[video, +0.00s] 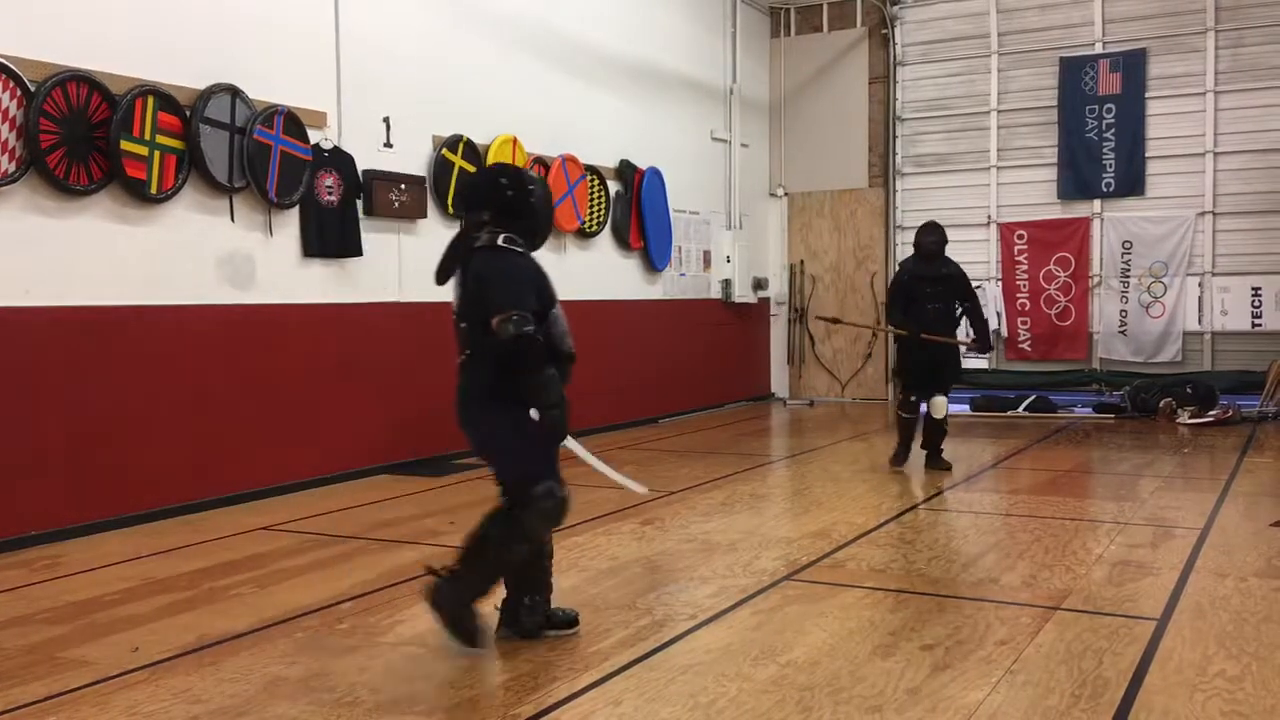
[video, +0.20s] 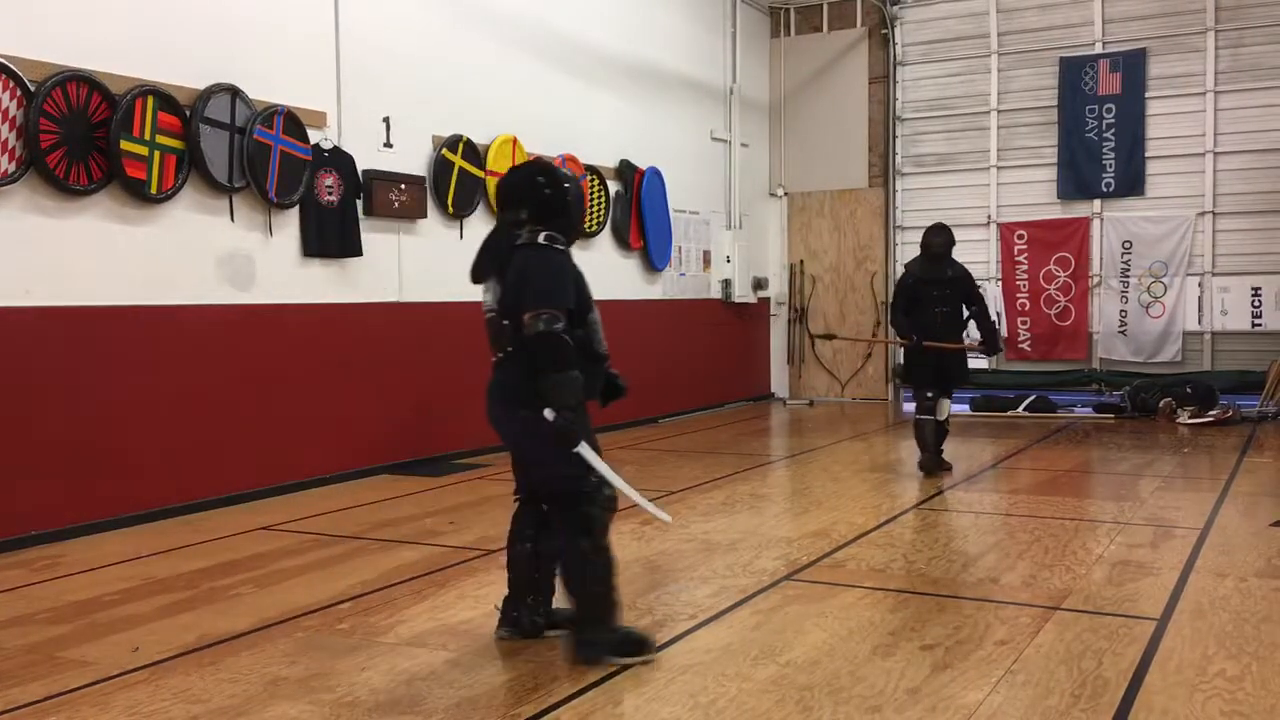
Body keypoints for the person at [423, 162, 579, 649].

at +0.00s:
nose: (547, 212)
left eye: (543, 202)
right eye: (538, 202)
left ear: (493, 209)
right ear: (516, 208)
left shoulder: (508, 260)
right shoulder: (500, 264)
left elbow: (549, 331)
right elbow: (516, 340)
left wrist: (554, 368)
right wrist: (546, 397)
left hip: (517, 400)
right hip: (498, 404)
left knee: (534, 499)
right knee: (539, 499)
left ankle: (527, 606)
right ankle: (457, 590)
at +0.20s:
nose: (579, 205)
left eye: (575, 195)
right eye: (570, 196)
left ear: (524, 205)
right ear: (549, 202)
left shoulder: (517, 254)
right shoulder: (541, 258)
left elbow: (561, 328)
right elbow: (546, 334)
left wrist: (596, 373)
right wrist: (567, 401)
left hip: (523, 401)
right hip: (542, 404)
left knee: (540, 500)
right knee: (588, 499)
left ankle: (526, 606)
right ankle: (597, 627)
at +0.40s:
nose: (618, 212)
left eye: (614, 201)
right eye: (611, 202)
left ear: (555, 208)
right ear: (593, 207)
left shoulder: (534, 257)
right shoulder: (594, 261)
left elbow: (537, 345)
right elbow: (607, 346)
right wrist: (622, 417)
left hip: (540, 410)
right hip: (585, 412)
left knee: (552, 505)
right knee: (625, 508)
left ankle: (529, 605)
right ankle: (634, 628)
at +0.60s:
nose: (648, 201)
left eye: (645, 193)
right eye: (643, 194)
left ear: (582, 199)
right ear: (631, 200)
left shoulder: (547, 256)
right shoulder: (642, 252)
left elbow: (534, 337)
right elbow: (670, 336)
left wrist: (542, 397)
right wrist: (695, 405)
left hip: (555, 411)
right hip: (615, 413)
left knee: (559, 502)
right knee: (639, 508)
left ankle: (536, 608)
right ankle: (634, 629)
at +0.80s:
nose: (664, 206)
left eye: (662, 199)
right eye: (660, 198)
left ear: (596, 197)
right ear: (650, 199)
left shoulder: (555, 249)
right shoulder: (661, 254)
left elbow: (523, 330)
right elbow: (698, 339)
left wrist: (525, 400)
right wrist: (727, 405)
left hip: (558, 409)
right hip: (624, 413)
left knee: (557, 508)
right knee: (644, 513)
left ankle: (537, 621)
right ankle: (635, 629)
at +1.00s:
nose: (650, 204)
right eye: (646, 196)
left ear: (584, 197)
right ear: (641, 199)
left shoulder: (547, 249)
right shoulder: (656, 254)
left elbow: (519, 329)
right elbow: (691, 341)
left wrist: (533, 391)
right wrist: (714, 404)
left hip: (553, 408)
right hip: (622, 413)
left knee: (537, 508)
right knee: (640, 511)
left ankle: (508, 621)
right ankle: (634, 629)